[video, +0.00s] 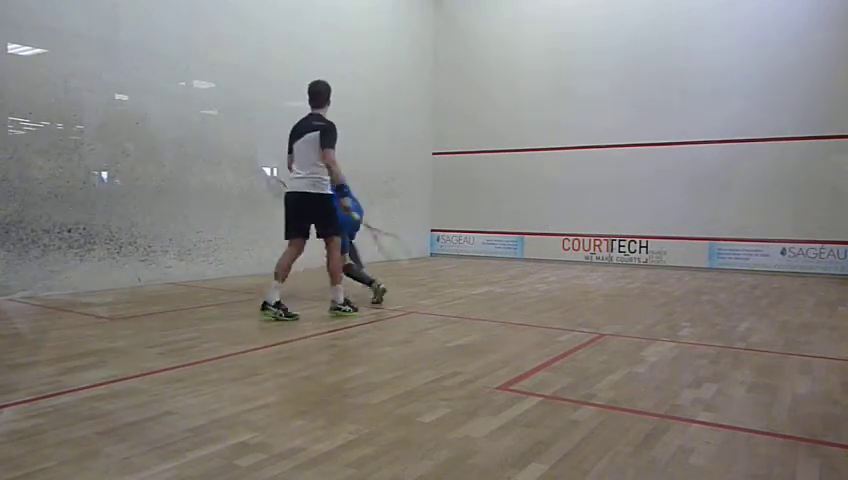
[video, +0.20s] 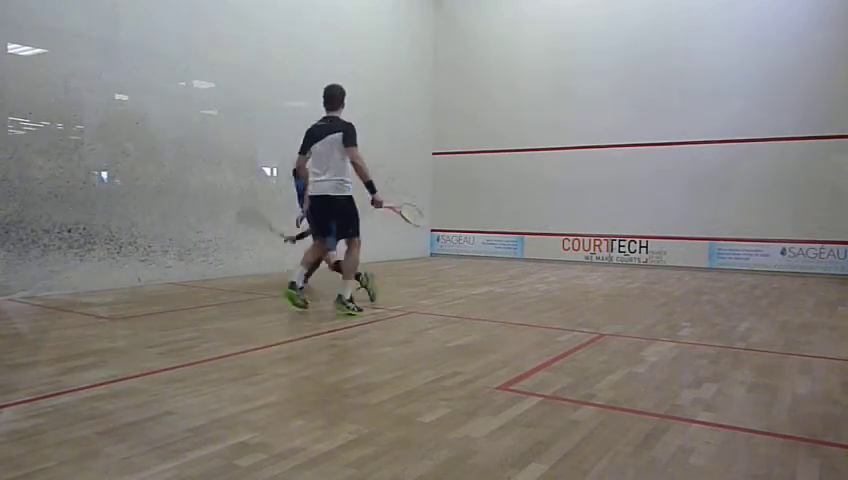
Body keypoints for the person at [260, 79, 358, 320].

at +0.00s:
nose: (329, 102)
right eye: (329, 99)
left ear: (309, 100)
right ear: (328, 101)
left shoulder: (297, 127)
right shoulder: (327, 127)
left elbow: (291, 165)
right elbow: (328, 160)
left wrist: (313, 179)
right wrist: (342, 190)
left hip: (294, 193)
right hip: (320, 194)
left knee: (295, 245)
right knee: (333, 243)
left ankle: (271, 300)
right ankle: (338, 300)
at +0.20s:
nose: (343, 105)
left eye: (336, 101)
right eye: (343, 102)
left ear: (323, 103)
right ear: (343, 103)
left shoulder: (312, 131)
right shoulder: (346, 128)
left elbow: (300, 167)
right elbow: (355, 159)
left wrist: (312, 187)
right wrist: (373, 192)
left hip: (315, 197)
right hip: (341, 196)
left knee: (321, 243)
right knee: (353, 243)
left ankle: (296, 282)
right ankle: (346, 296)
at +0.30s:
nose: (350, 108)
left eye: (342, 105)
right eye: (349, 105)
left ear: (329, 106)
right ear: (348, 107)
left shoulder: (318, 133)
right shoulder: (352, 131)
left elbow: (303, 167)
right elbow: (361, 163)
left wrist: (308, 196)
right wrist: (377, 195)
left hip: (321, 196)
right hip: (347, 195)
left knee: (326, 238)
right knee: (367, 239)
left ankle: (309, 287)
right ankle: (362, 291)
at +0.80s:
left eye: (316, 145)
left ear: (314, 147)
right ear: (331, 145)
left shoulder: (311, 168)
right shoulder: (346, 162)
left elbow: (309, 195)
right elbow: (368, 186)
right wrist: (371, 200)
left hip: (331, 212)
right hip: (354, 210)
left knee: (319, 252)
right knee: (359, 244)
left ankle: (309, 288)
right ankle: (368, 280)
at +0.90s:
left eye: (327, 138)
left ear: (325, 141)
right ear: (341, 140)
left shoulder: (320, 162)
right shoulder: (352, 159)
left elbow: (317, 192)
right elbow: (364, 186)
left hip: (334, 207)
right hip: (356, 206)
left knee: (326, 245)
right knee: (356, 240)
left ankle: (320, 276)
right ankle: (367, 278)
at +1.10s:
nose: (337, 129)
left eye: (339, 126)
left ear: (338, 128)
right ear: (353, 130)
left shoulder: (340, 143)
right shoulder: (356, 148)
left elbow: (339, 159)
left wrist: (313, 171)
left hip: (347, 197)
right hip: (361, 197)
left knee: (336, 235)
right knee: (351, 236)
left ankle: (353, 276)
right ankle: (359, 275)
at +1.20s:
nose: (339, 133)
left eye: (340, 129)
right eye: (342, 129)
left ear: (341, 131)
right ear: (355, 131)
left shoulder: (350, 144)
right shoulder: (353, 148)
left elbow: (351, 156)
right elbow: (349, 181)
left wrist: (324, 160)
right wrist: (332, 187)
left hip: (359, 199)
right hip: (357, 199)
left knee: (347, 239)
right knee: (348, 239)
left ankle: (362, 280)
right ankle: (361, 278)